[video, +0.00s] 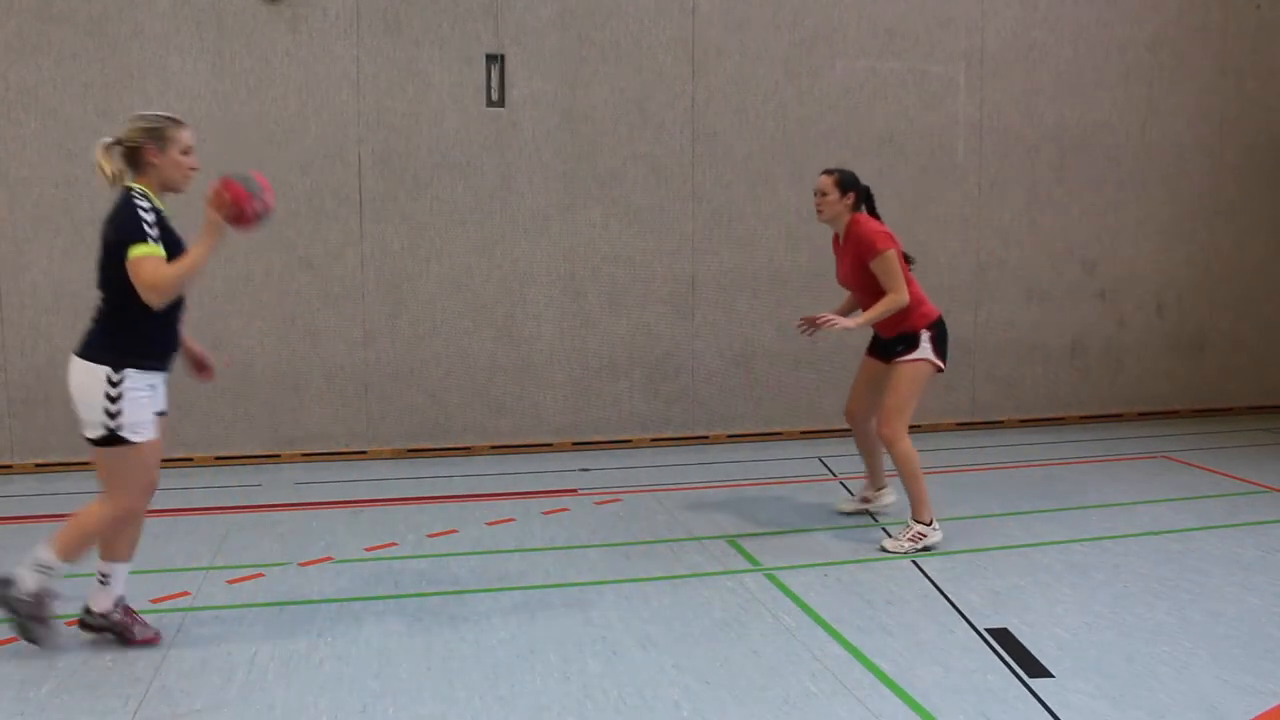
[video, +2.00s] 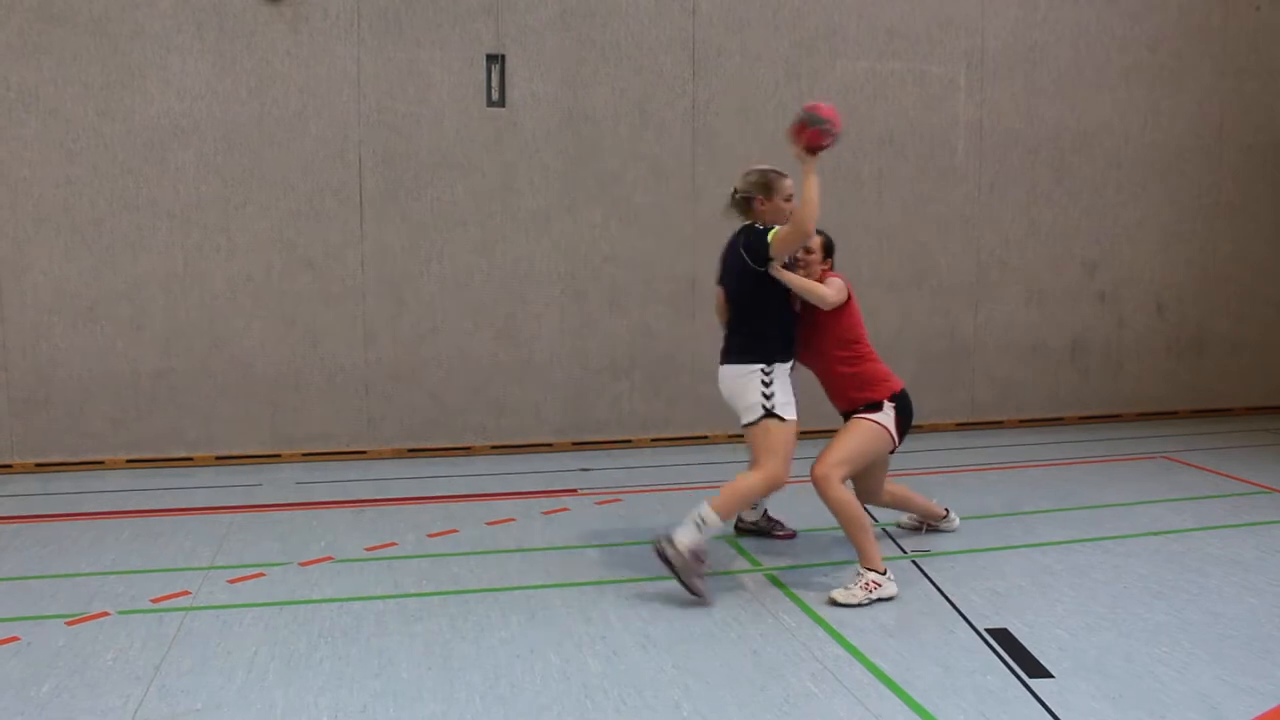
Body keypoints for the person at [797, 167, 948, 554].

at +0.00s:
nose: (816, 202)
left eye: (823, 195)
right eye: (815, 195)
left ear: (848, 198)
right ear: (837, 201)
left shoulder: (870, 234)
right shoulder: (842, 237)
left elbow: (899, 295)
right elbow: (862, 289)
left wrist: (854, 322)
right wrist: (832, 316)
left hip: (920, 334)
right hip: (887, 335)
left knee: (891, 427)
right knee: (858, 414)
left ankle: (925, 524)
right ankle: (877, 489)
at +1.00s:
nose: (794, 213)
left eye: (799, 205)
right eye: (792, 206)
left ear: (826, 204)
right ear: (824, 206)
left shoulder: (841, 233)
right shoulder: (835, 240)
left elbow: (858, 294)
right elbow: (851, 308)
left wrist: (803, 301)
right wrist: (809, 330)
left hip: (908, 342)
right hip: (898, 343)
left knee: (873, 443)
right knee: (880, 432)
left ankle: (901, 550)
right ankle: (910, 503)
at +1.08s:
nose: (795, 212)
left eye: (801, 204)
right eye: (794, 205)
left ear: (828, 203)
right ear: (825, 205)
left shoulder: (842, 230)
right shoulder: (841, 238)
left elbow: (841, 275)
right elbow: (839, 302)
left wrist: (785, 262)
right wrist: (787, 308)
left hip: (911, 338)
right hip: (903, 338)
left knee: (871, 439)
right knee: (884, 429)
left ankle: (895, 549)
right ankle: (922, 503)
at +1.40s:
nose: (795, 215)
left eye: (800, 206)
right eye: (794, 208)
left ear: (827, 204)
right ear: (819, 208)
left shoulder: (844, 228)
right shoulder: (823, 253)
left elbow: (791, 247)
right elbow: (785, 300)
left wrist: (737, 227)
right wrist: (728, 299)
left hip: (908, 341)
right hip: (892, 345)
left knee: (865, 442)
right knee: (875, 433)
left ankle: (874, 551)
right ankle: (918, 502)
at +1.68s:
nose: (783, 256)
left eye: (791, 250)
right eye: (782, 250)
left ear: (816, 257)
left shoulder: (824, 277)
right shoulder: (810, 304)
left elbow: (773, 291)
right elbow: (793, 361)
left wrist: (723, 268)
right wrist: (750, 342)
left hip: (892, 395)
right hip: (878, 399)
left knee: (837, 474)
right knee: (860, 475)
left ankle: (880, 578)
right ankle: (927, 519)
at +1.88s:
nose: (794, 256)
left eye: (804, 250)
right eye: (793, 250)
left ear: (826, 259)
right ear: (793, 258)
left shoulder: (830, 281)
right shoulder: (801, 303)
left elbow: (812, 300)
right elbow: (802, 365)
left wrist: (775, 272)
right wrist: (763, 322)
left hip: (880, 405)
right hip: (865, 407)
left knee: (820, 479)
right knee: (866, 492)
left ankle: (876, 576)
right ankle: (933, 517)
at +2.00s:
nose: (798, 257)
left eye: (808, 251)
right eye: (794, 251)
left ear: (826, 260)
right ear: (788, 257)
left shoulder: (833, 283)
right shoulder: (786, 300)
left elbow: (827, 299)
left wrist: (777, 273)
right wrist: (729, 287)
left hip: (884, 405)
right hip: (857, 411)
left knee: (826, 474)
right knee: (872, 491)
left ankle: (875, 574)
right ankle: (938, 516)